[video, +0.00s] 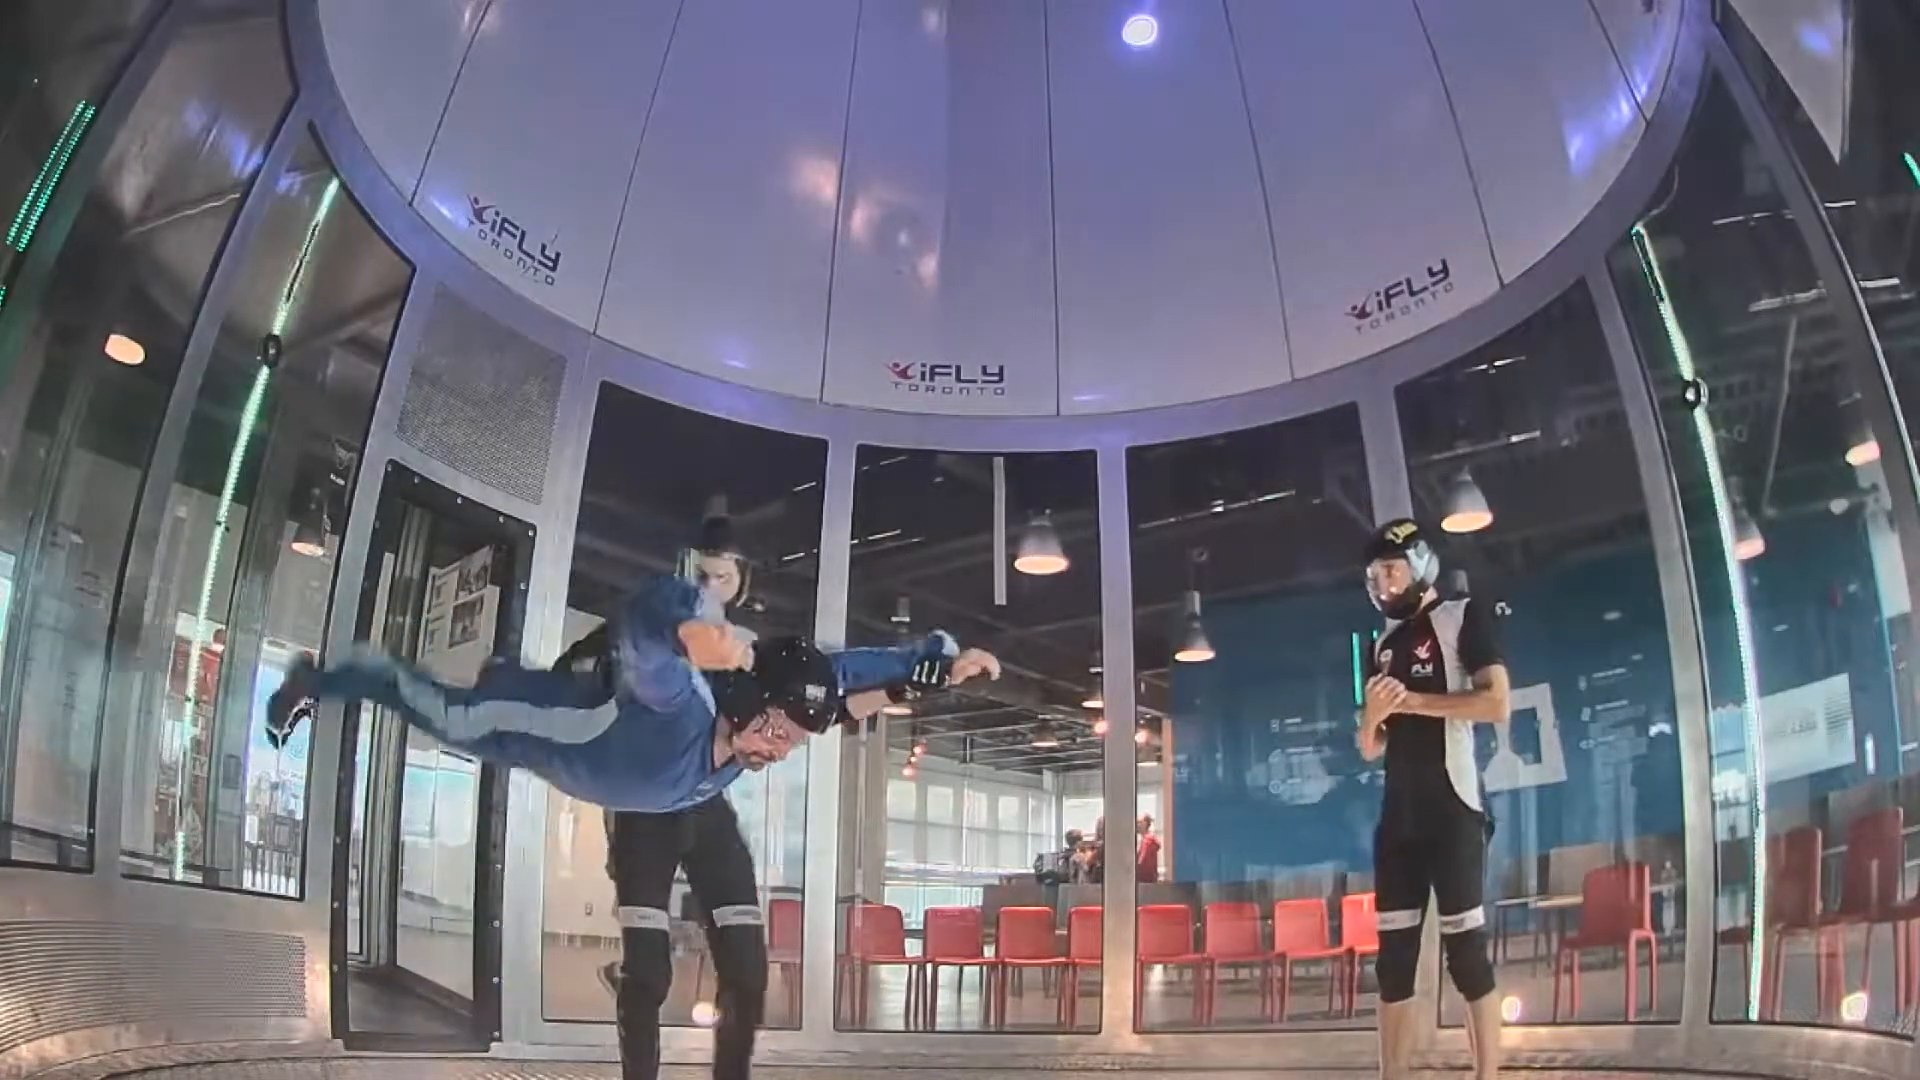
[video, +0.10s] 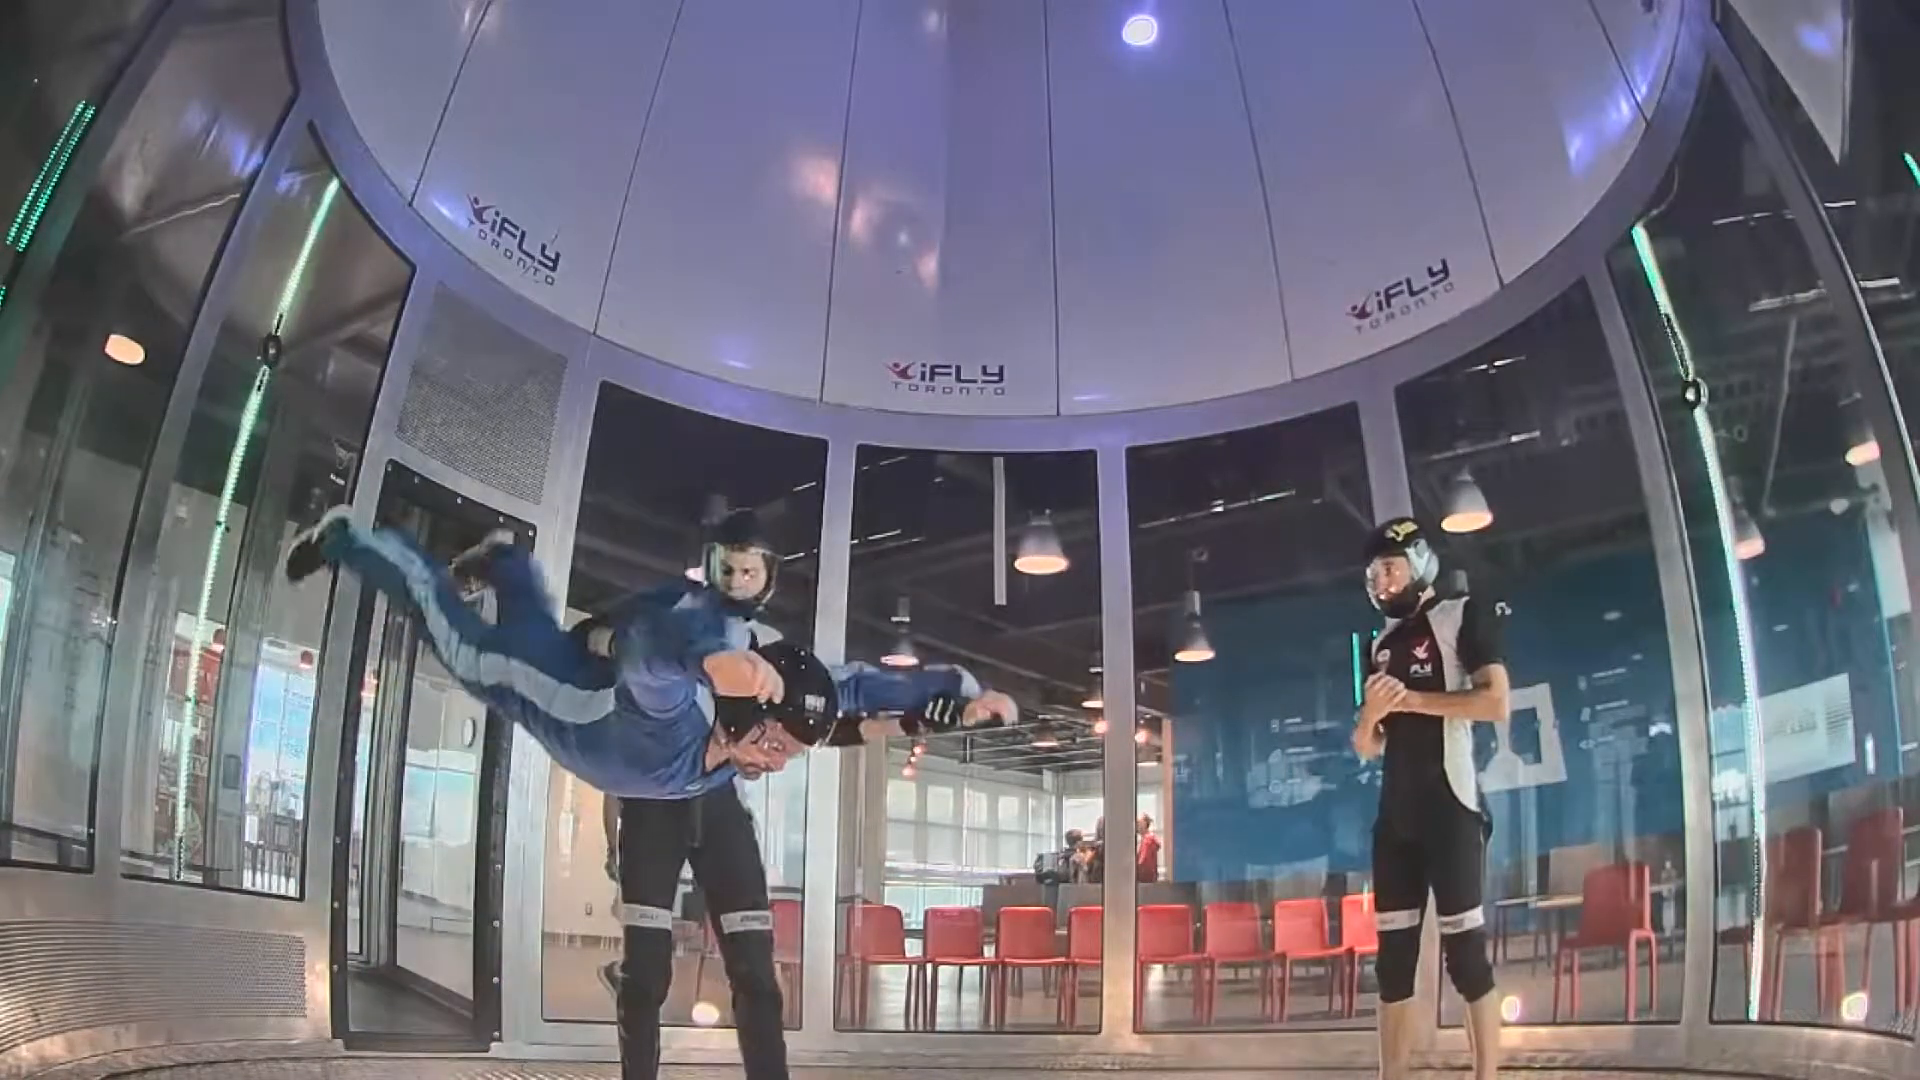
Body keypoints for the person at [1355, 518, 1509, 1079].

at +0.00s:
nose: (1381, 584)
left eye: (1390, 571)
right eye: (1374, 575)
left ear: (1422, 568)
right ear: (1370, 581)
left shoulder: (1462, 615)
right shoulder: (1381, 646)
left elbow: (1496, 705)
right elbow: (1370, 751)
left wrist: (1410, 701)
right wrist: (1369, 720)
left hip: (1455, 803)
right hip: (1398, 806)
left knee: (1463, 947)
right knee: (1395, 950)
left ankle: (1487, 1075)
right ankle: (1391, 1075)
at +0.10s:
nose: (1380, 582)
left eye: (1390, 568)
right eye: (1373, 573)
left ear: (1422, 565)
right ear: (1371, 580)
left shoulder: (1464, 614)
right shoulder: (1378, 646)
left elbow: (1496, 705)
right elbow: (1367, 749)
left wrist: (1411, 700)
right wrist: (1368, 716)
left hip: (1454, 805)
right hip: (1396, 808)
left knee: (1463, 951)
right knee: (1395, 954)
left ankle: (1486, 1076)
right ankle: (1393, 1077)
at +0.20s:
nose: (1380, 580)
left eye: (1391, 567)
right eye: (1374, 570)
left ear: (1423, 566)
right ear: (1370, 578)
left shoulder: (1463, 615)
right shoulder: (1377, 645)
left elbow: (1496, 705)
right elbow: (1365, 750)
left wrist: (1410, 700)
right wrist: (1367, 716)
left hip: (1453, 808)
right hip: (1396, 812)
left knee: (1462, 952)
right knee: (1395, 955)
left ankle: (1486, 1076)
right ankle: (1392, 1077)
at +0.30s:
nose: (1379, 578)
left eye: (1390, 565)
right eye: (1373, 568)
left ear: (1423, 565)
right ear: (1369, 578)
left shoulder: (1463, 617)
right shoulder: (1374, 646)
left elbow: (1494, 707)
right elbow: (1362, 751)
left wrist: (1405, 702)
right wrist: (1365, 718)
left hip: (1450, 808)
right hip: (1392, 811)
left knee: (1461, 953)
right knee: (1394, 957)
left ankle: (1486, 1076)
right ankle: (1392, 1078)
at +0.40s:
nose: (1377, 576)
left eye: (1388, 563)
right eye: (1372, 567)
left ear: (1421, 564)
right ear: (1369, 576)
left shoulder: (1460, 618)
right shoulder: (1373, 646)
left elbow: (1493, 708)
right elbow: (1360, 752)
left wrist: (1404, 702)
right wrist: (1364, 718)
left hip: (1449, 809)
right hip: (1390, 812)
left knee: (1460, 952)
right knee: (1393, 956)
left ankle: (1486, 1076)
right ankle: (1391, 1077)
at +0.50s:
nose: (1375, 573)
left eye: (1386, 560)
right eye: (1369, 564)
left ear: (1419, 562)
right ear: (1366, 574)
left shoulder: (1459, 616)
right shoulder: (1369, 646)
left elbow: (1491, 707)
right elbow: (1352, 754)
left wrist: (1402, 700)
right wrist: (1361, 717)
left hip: (1447, 807)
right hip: (1388, 810)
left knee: (1459, 951)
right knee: (1391, 957)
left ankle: (1486, 1075)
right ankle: (1392, 1077)